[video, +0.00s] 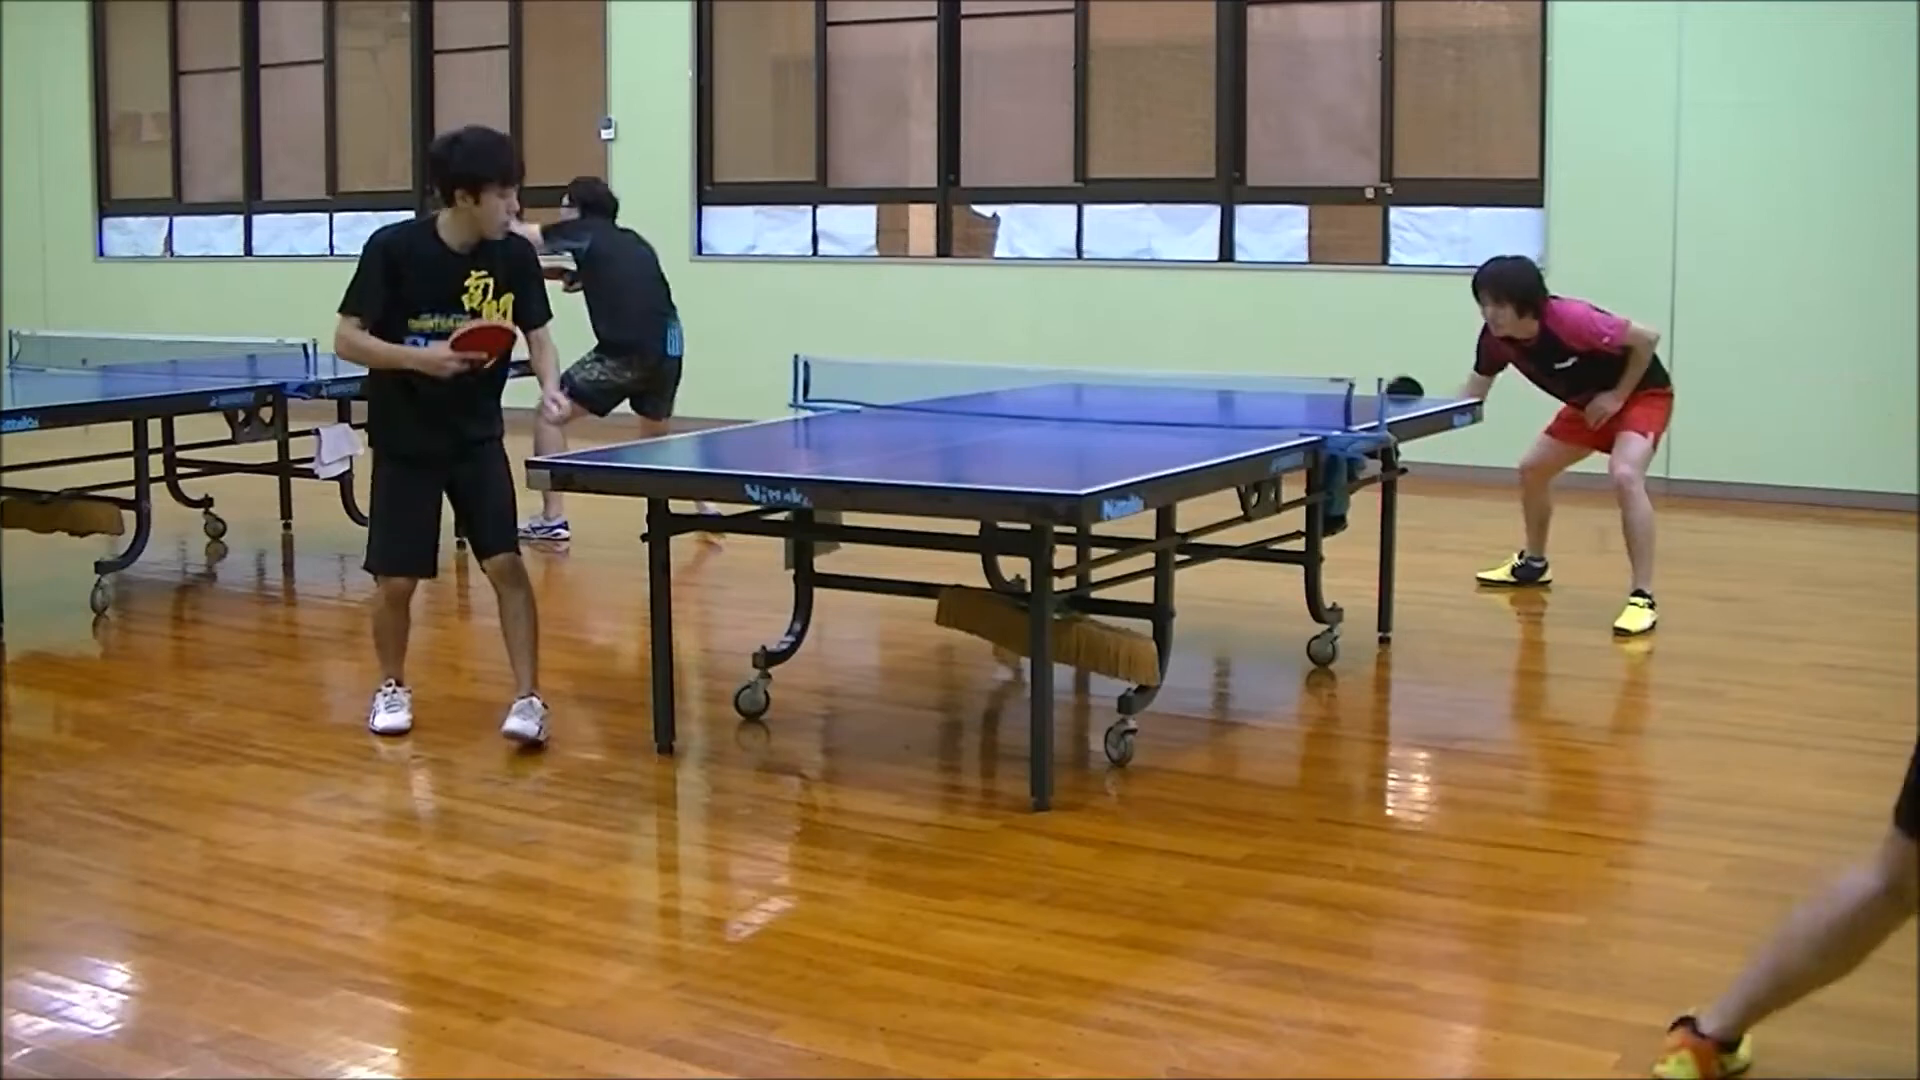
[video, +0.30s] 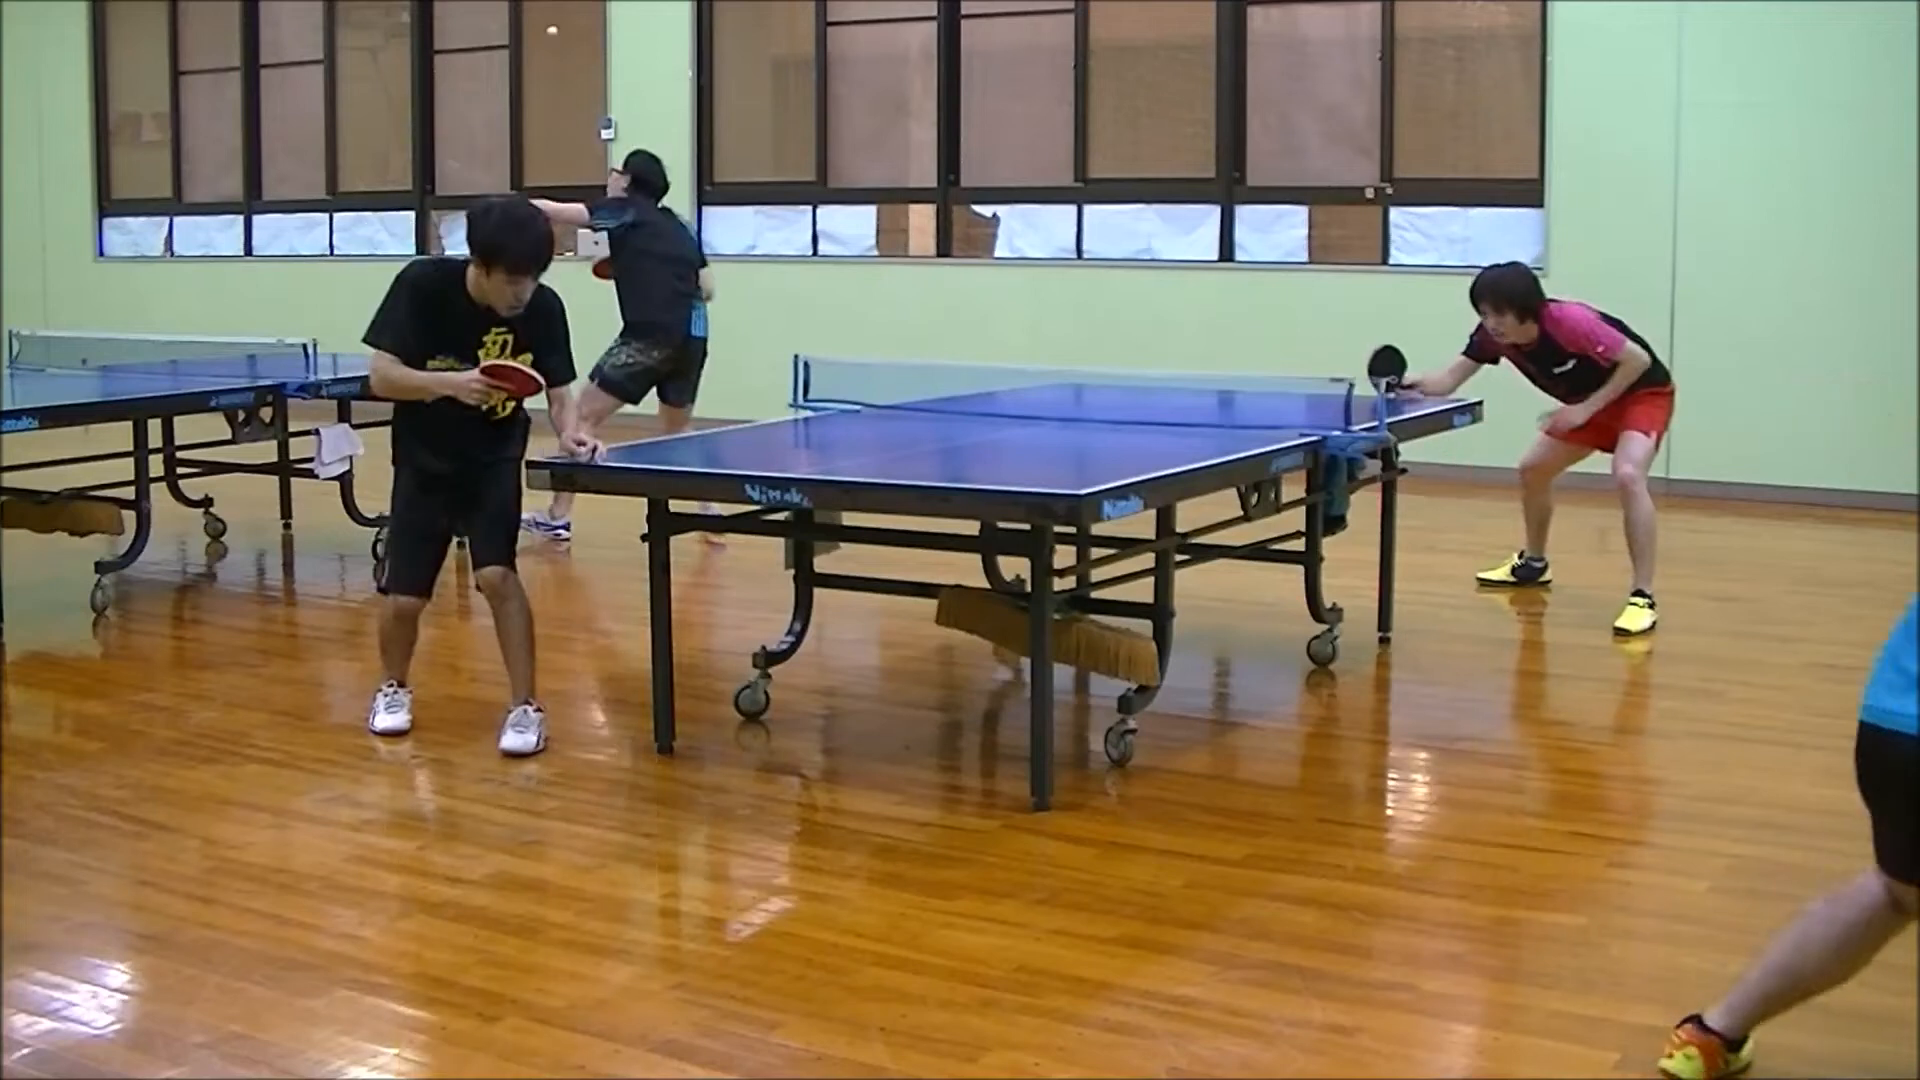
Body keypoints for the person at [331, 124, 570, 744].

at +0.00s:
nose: (511, 205)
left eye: (512, 193)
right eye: (502, 194)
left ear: (495, 194)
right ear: (463, 195)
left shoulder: (512, 253)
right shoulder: (392, 249)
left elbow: (538, 333)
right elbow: (347, 339)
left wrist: (549, 386)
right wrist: (418, 357)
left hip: (477, 440)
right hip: (404, 444)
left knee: (506, 565)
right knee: (396, 583)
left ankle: (527, 698)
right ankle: (391, 687)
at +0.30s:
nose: (523, 294)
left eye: (532, 281)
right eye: (513, 281)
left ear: (542, 268)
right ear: (479, 264)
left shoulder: (542, 308)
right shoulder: (422, 283)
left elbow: (560, 397)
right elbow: (381, 377)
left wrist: (571, 431)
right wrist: (448, 383)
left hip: (496, 461)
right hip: (423, 457)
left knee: (494, 574)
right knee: (403, 598)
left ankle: (525, 707)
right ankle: (394, 688)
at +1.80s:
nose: (555, 348)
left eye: (562, 337)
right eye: (545, 337)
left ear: (573, 324)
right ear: (510, 318)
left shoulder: (574, 344)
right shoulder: (462, 304)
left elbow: (554, 435)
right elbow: (371, 349)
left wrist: (533, 431)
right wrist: (439, 332)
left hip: (520, 473)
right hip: (453, 463)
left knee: (508, 595)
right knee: (438, 578)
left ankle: (525, 708)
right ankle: (427, 659)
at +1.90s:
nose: (548, 345)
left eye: (554, 334)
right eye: (537, 334)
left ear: (563, 319)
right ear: (503, 316)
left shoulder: (565, 345)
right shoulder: (457, 303)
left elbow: (550, 436)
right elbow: (346, 314)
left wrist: (531, 432)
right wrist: (378, 310)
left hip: (513, 475)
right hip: (448, 465)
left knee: (508, 598)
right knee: (418, 580)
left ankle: (525, 709)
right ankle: (406, 653)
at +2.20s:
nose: (483, 316)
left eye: (489, 302)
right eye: (470, 307)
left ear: (496, 287)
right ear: (433, 296)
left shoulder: (510, 330)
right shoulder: (395, 285)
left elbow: (505, 417)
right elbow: (352, 280)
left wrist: (506, 479)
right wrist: (309, 306)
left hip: (475, 480)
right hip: (404, 473)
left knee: (480, 596)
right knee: (363, 611)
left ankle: (524, 708)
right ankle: (333, 692)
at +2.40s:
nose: (421, 277)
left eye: (427, 262)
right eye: (407, 268)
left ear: (435, 248)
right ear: (371, 263)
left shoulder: (452, 288)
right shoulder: (338, 266)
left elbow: (488, 373)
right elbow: (317, 297)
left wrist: (518, 431)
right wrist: (297, 339)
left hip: (437, 450)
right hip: (363, 450)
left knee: (471, 571)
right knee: (341, 590)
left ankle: (496, 691)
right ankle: (335, 694)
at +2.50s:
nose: (417, 261)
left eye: (420, 246)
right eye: (402, 253)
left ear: (426, 230)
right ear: (364, 249)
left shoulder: (442, 261)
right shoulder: (326, 252)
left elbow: (485, 326)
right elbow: (294, 294)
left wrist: (513, 352)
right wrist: (298, 338)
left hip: (424, 429)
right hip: (352, 430)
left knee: (459, 569)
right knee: (339, 580)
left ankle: (451, 668)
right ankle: (333, 693)